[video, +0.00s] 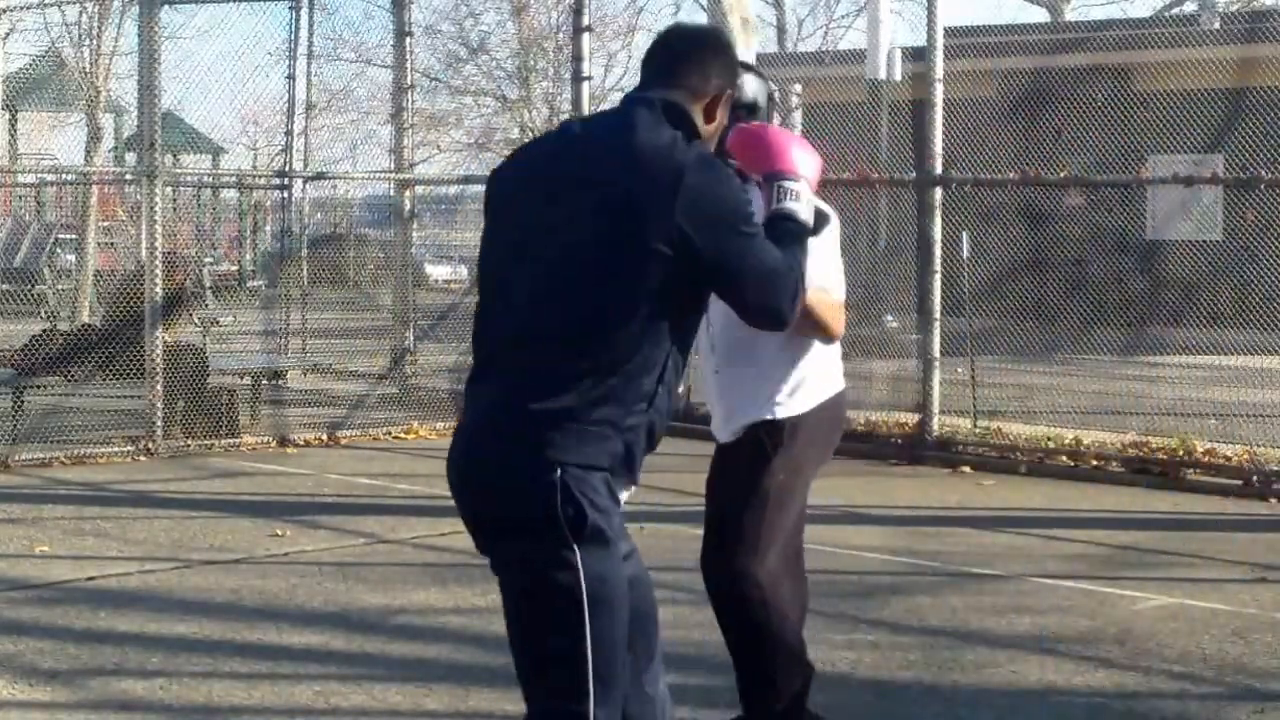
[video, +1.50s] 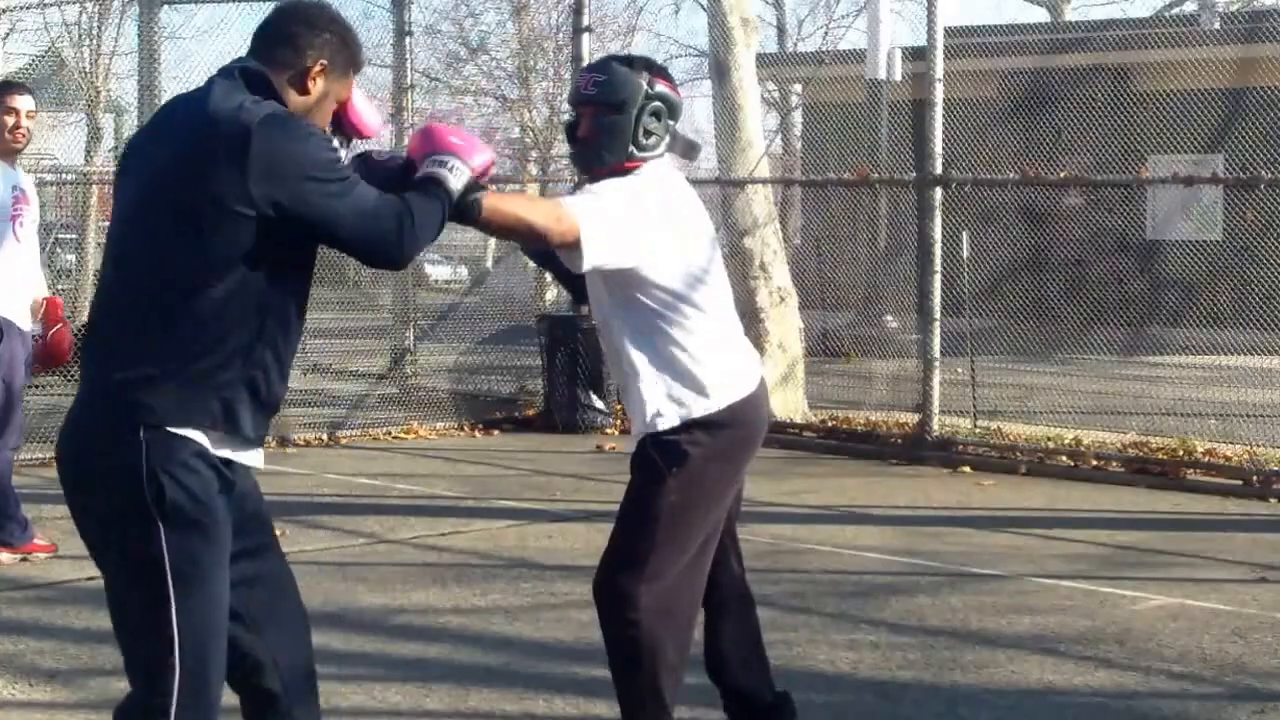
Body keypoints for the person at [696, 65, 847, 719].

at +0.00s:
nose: (699, 140)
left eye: (709, 125)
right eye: (699, 127)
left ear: (741, 123)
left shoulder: (800, 208)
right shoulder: (722, 207)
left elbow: (831, 323)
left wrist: (776, 264)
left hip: (795, 410)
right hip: (749, 415)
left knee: (744, 564)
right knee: (742, 567)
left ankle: (783, 704)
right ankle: (771, 704)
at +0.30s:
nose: (708, 123)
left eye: (726, 110)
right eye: (701, 108)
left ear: (761, 125)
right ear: (688, 114)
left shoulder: (788, 216)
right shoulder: (687, 194)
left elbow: (767, 341)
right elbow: (650, 314)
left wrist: (722, 239)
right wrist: (630, 220)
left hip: (753, 423)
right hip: (695, 420)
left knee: (720, 585)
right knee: (684, 573)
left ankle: (729, 712)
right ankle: (771, 702)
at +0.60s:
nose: (702, 133)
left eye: (722, 121)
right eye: (696, 117)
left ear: (757, 136)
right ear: (685, 124)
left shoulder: (782, 232)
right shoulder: (669, 208)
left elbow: (760, 354)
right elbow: (623, 316)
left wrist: (713, 266)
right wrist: (601, 251)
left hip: (743, 429)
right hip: (675, 429)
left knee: (706, 593)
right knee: (670, 579)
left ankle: (719, 711)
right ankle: (766, 696)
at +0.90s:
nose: (648, 155)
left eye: (663, 139)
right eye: (636, 142)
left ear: (697, 141)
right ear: (626, 152)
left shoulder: (737, 221)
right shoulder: (661, 233)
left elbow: (796, 321)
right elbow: (652, 357)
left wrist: (699, 309)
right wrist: (616, 289)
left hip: (748, 430)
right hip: (699, 432)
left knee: (673, 584)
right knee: (702, 591)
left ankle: (711, 713)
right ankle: (764, 710)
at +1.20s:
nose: (623, 137)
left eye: (636, 122)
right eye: (619, 124)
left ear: (675, 126)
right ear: (625, 133)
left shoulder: (706, 200)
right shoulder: (649, 222)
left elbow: (772, 308)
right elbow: (626, 353)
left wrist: (661, 289)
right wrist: (598, 273)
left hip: (722, 427)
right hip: (681, 428)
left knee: (659, 590)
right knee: (709, 592)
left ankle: (669, 713)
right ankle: (764, 712)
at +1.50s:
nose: (579, 129)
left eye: (595, 115)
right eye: (578, 114)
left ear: (643, 121)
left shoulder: (643, 192)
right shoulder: (657, 188)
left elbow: (551, 224)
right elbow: (587, 276)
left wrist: (446, 190)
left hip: (700, 418)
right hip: (714, 408)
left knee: (633, 591)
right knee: (716, 587)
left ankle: (650, 712)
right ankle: (760, 710)